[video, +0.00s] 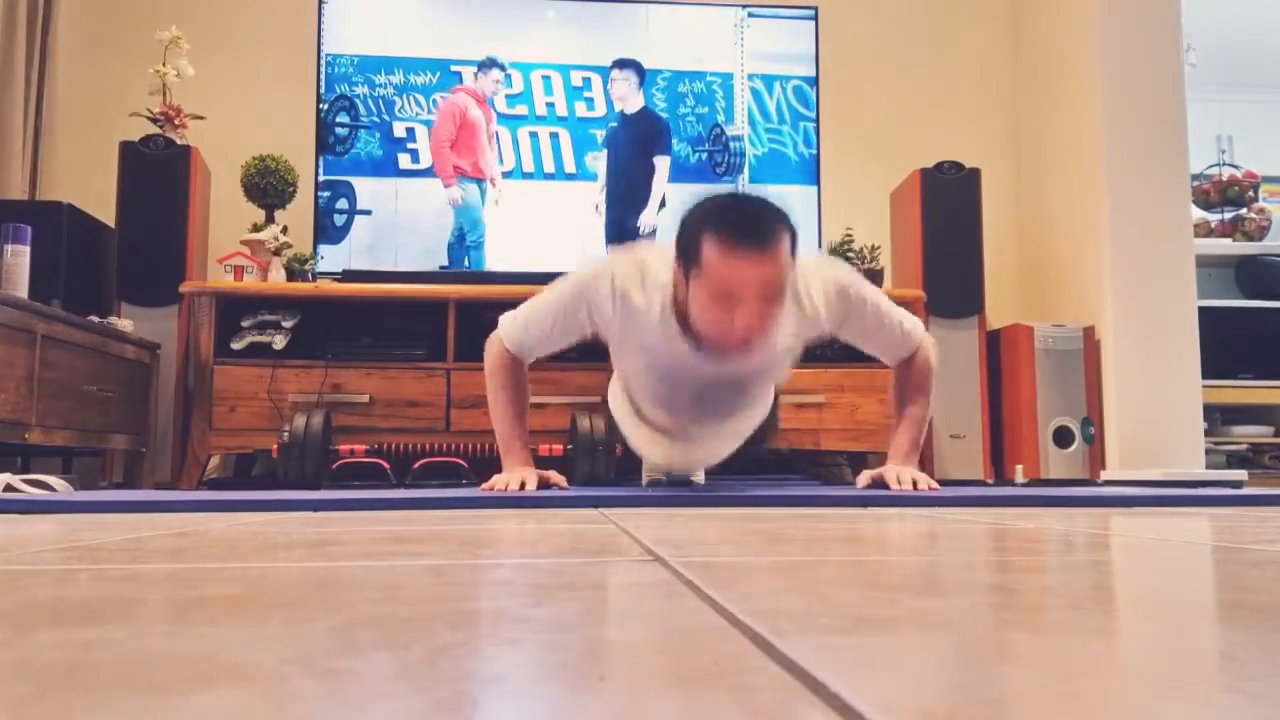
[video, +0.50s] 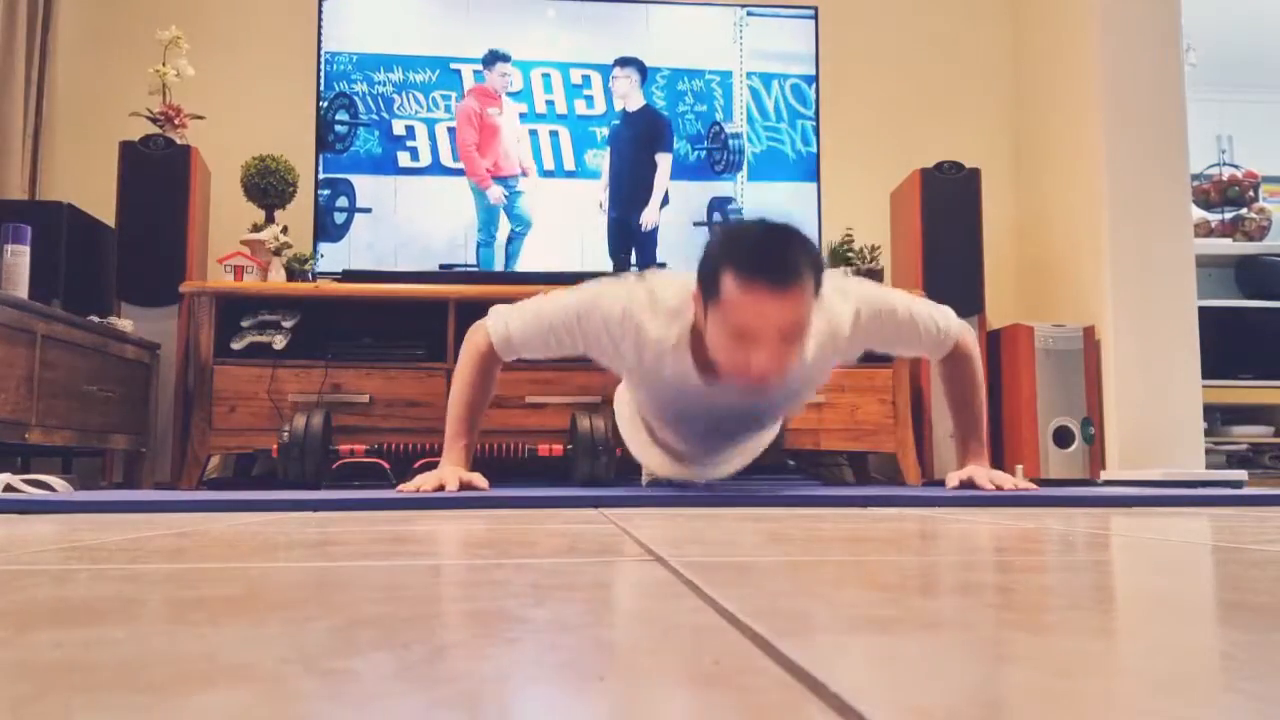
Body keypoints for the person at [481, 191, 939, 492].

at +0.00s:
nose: (745, 321)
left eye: (764, 299)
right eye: (725, 299)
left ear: (787, 282)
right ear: (684, 278)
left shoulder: (819, 289)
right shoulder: (619, 285)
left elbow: (915, 350)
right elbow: (504, 347)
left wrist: (901, 461)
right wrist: (516, 464)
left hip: (744, 432)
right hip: (641, 434)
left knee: (744, 557)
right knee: (636, 557)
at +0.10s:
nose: (745, 183)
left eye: (765, 161)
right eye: (726, 160)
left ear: (785, 153)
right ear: (686, 143)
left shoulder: (811, 200)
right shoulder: (619, 196)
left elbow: (884, 326)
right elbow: (537, 322)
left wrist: (899, 456)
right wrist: (519, 460)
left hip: (740, 376)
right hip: (643, 376)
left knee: (706, 421)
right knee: (652, 422)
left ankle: (685, 440)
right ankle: (656, 446)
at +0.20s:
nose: (747, 134)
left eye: (766, 109)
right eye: (726, 110)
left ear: (785, 97)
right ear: (686, 94)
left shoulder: (814, 165)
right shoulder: (624, 161)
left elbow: (890, 295)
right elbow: (532, 292)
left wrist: (948, 425)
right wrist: (479, 419)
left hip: (743, 355)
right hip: (645, 350)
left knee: (701, 415)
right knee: (649, 417)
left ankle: (680, 442)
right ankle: (653, 447)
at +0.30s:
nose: (755, 199)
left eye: (772, 175)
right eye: (734, 176)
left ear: (795, 162)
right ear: (692, 161)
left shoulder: (829, 215)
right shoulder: (624, 213)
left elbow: (918, 332)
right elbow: (512, 332)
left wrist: (970, 459)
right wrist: (456, 458)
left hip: (746, 382)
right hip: (645, 376)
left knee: (709, 426)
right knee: (645, 424)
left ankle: (678, 447)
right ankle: (646, 449)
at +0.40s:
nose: (753, 264)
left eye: (776, 241)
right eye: (734, 238)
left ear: (801, 223)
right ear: (697, 213)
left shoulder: (841, 260)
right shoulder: (624, 255)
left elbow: (947, 335)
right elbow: (487, 335)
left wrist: (972, 458)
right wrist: (454, 458)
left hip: (754, 423)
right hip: (640, 418)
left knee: (755, 558)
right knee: (635, 558)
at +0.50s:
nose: (761, 362)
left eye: (782, 341)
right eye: (742, 339)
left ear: (810, 318)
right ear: (701, 311)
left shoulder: (841, 314)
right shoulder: (633, 311)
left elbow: (955, 340)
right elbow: (485, 337)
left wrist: (973, 460)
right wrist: (453, 459)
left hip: (745, 461)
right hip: (629, 455)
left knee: (742, 579)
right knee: (611, 571)